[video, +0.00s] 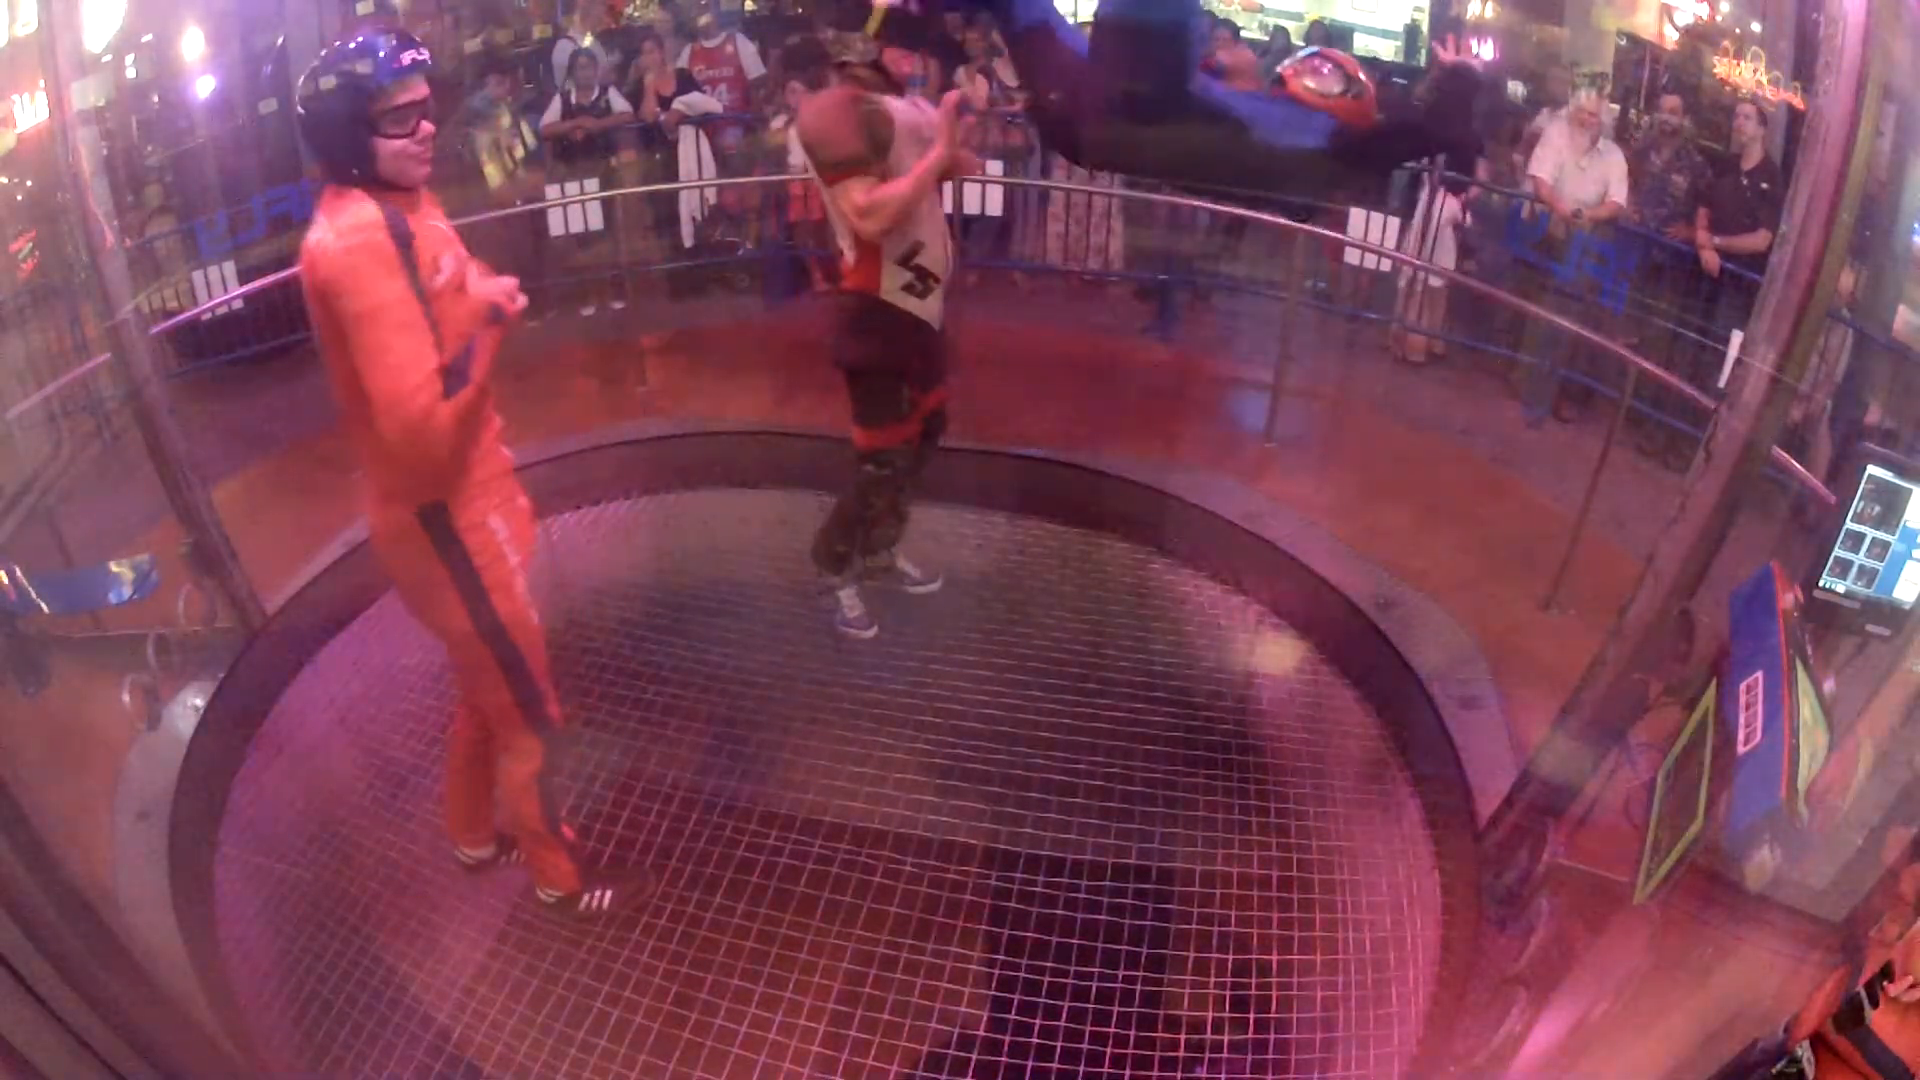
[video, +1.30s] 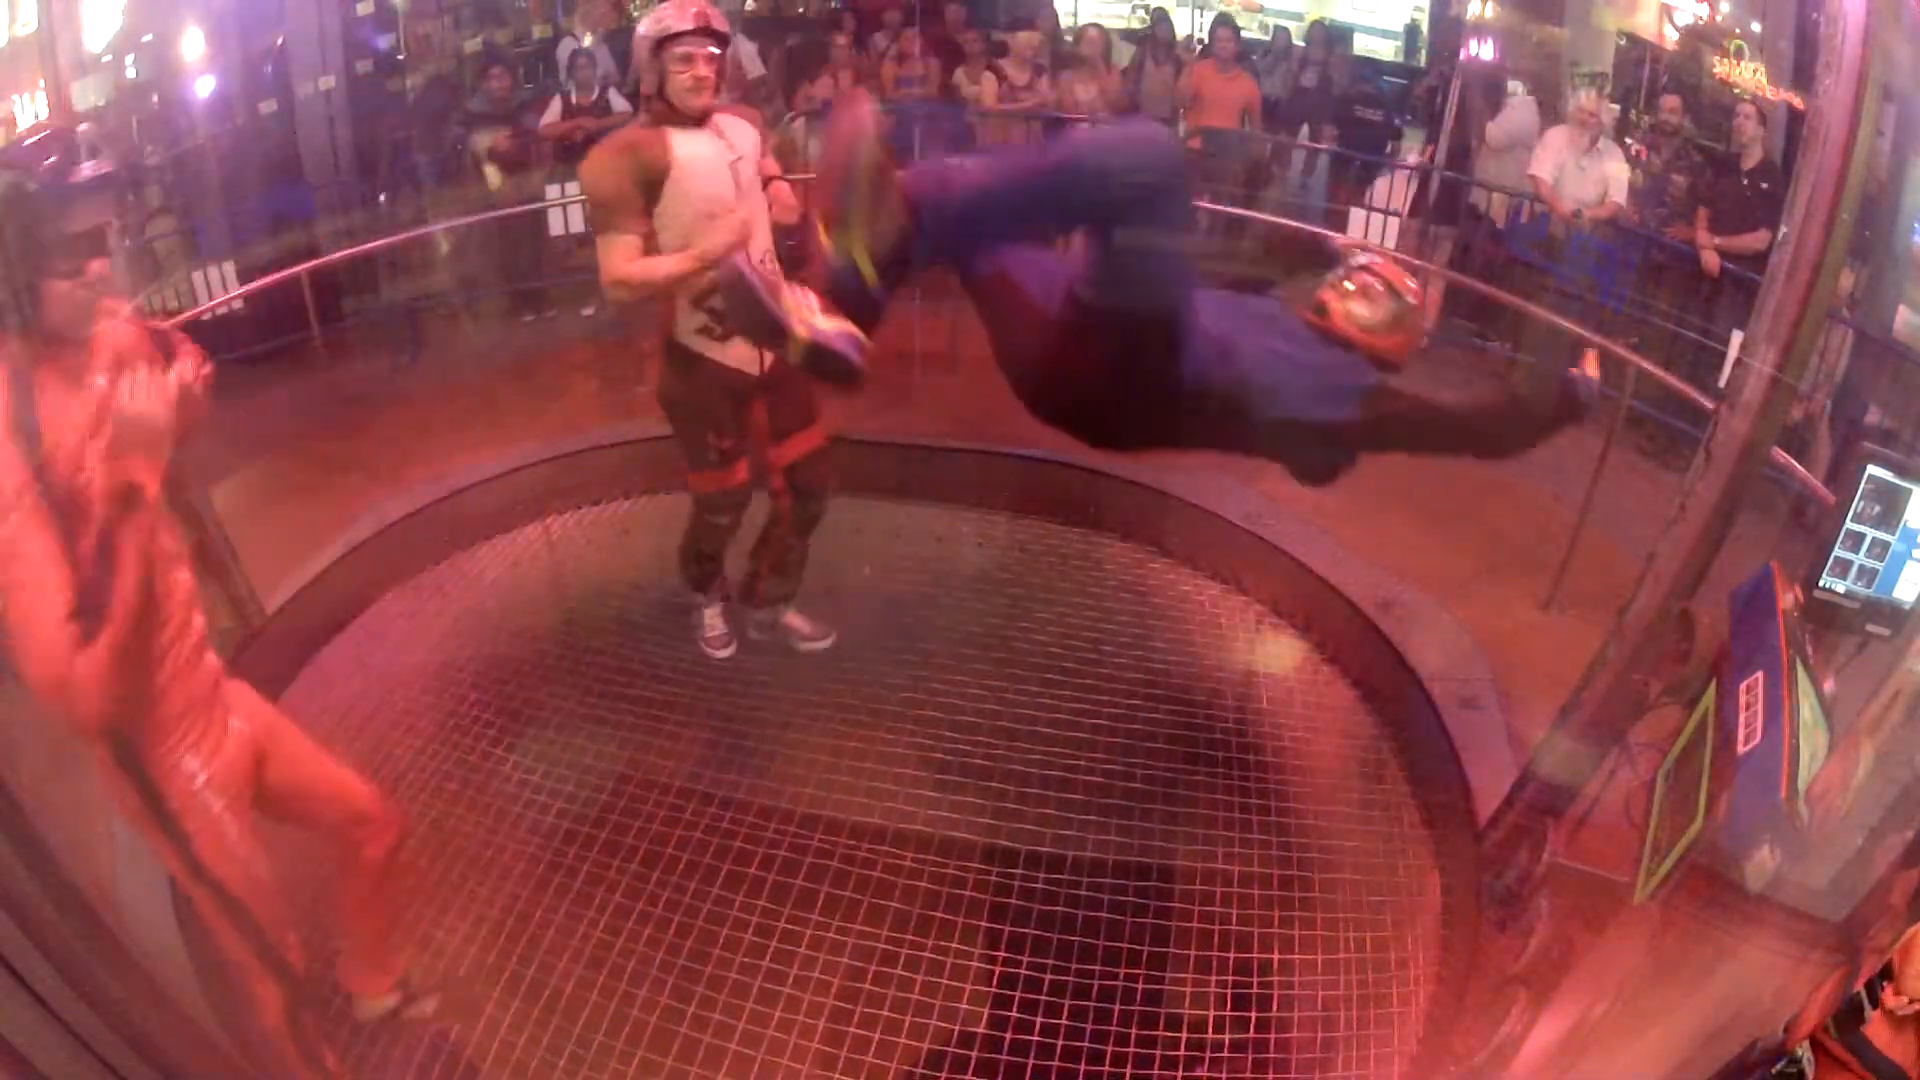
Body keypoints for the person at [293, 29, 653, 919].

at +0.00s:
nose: (427, 131)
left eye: (429, 112)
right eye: (401, 120)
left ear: (432, 111)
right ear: (346, 140)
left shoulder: (409, 204)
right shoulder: (351, 243)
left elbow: (434, 338)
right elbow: (416, 442)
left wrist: (479, 298)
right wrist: (487, 328)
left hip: (478, 485)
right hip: (437, 515)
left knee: (495, 670)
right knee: (523, 712)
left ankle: (471, 832)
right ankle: (558, 883)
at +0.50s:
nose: (397, 131)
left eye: (395, 112)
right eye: (373, 119)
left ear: (390, 121)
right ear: (317, 141)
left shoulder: (391, 211)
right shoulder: (298, 263)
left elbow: (413, 320)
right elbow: (357, 456)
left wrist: (456, 294)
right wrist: (446, 323)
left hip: (423, 519)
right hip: (364, 549)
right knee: (482, 774)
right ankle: (468, 984)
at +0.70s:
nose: (333, 156)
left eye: (331, 138)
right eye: (309, 144)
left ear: (324, 149)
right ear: (255, 162)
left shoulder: (327, 240)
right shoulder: (243, 288)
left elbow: (351, 385)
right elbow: (336, 498)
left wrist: (388, 333)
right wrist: (404, 357)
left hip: (395, 538)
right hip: (340, 577)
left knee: (450, 718)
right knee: (415, 836)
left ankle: (474, 846)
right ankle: (363, 1042)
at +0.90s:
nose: (265, 209)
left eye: (260, 189)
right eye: (238, 200)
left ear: (256, 194)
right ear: (181, 229)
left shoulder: (252, 303)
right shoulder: (178, 356)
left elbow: (301, 430)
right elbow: (277, 582)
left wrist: (336, 409)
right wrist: (340, 441)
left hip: (328, 632)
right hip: (273, 670)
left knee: (442, 754)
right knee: (326, 918)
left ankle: (477, 858)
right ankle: (321, 1071)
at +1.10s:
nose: (195, 277)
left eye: (193, 254)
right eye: (169, 261)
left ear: (193, 260)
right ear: (110, 282)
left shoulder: (190, 358)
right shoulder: (85, 424)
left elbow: (216, 516)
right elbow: (200, 657)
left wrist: (267, 430)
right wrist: (270, 465)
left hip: (251, 692)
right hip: (196, 731)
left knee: (425, 781)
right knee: (284, 970)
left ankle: (441, 901)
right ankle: (301, 1071)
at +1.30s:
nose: (106, 278)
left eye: (108, 254)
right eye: (75, 263)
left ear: (116, 259)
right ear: (22, 288)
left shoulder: (108, 367)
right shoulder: (19, 475)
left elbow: (145, 455)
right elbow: (84, 703)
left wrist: (174, 406)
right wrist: (126, 490)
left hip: (217, 693)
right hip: (161, 747)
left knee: (369, 822)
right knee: (262, 962)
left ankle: (372, 995)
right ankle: (303, 1070)